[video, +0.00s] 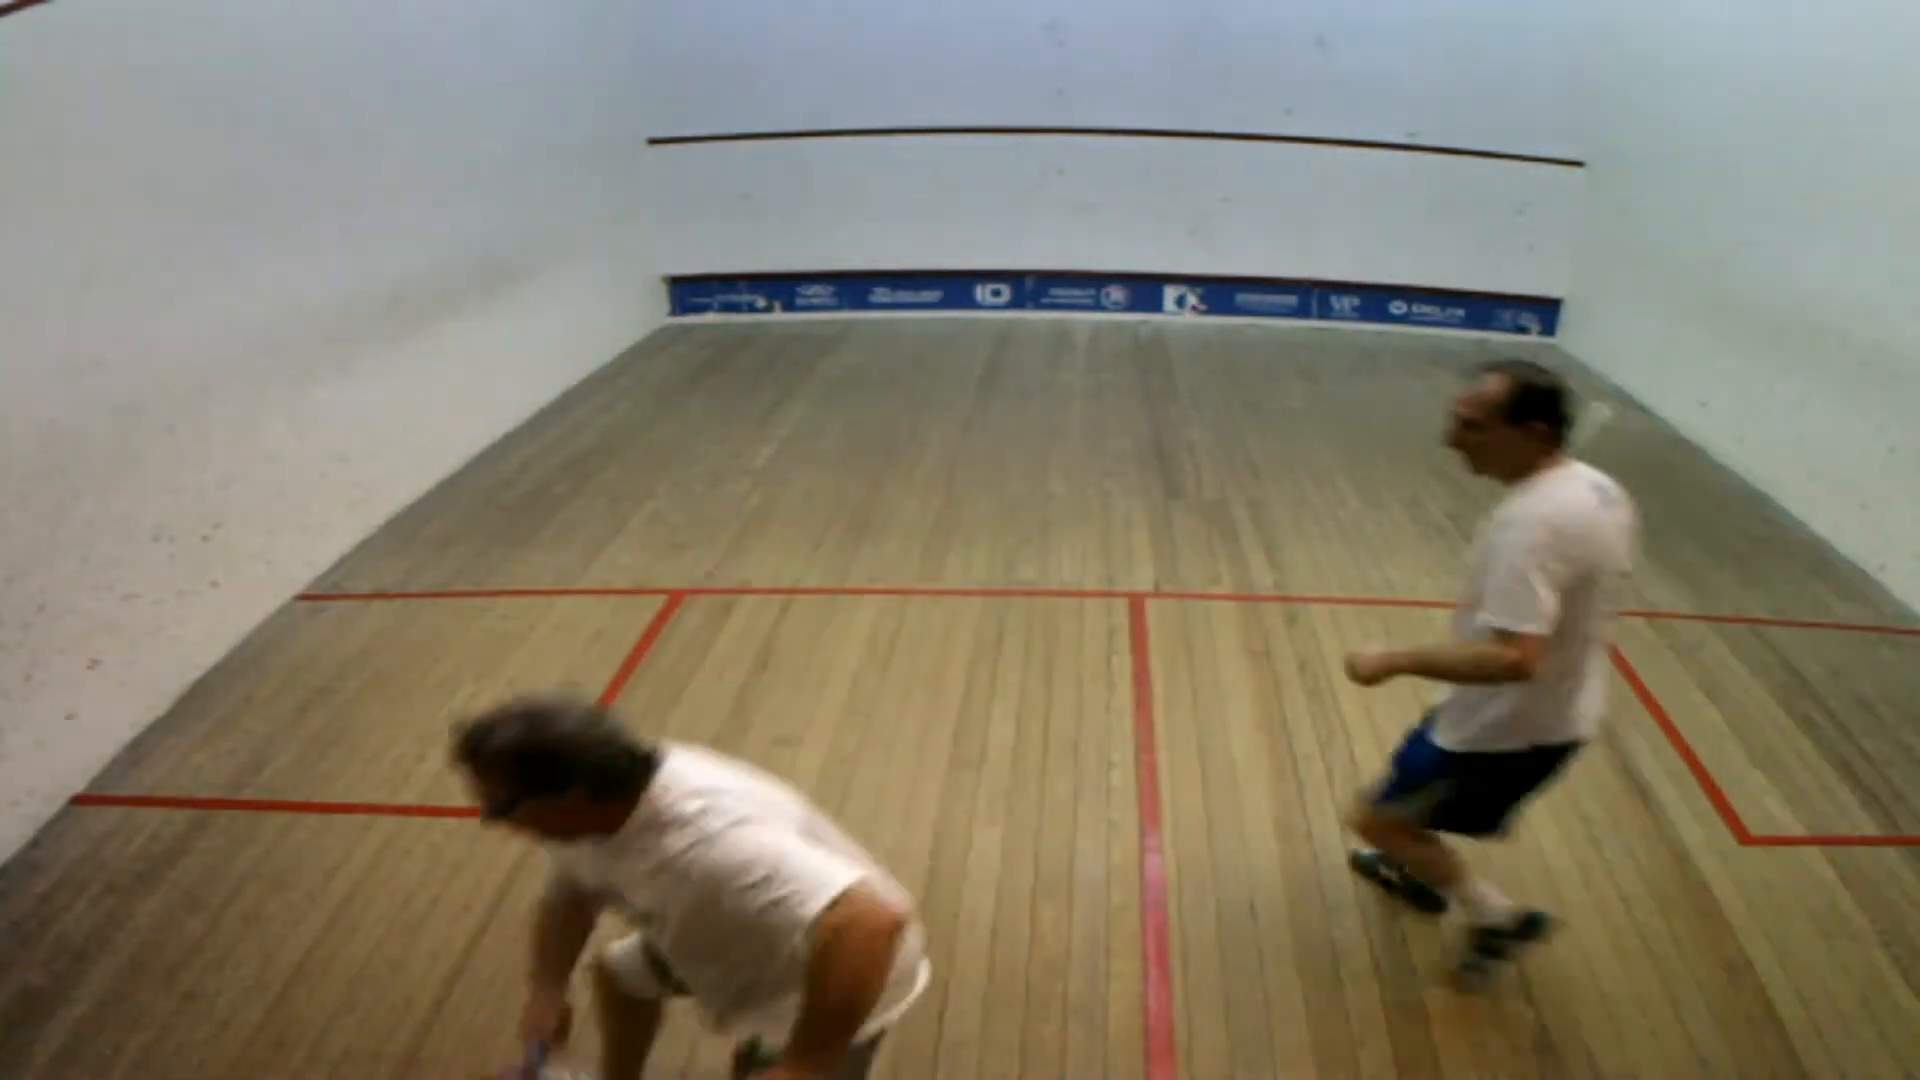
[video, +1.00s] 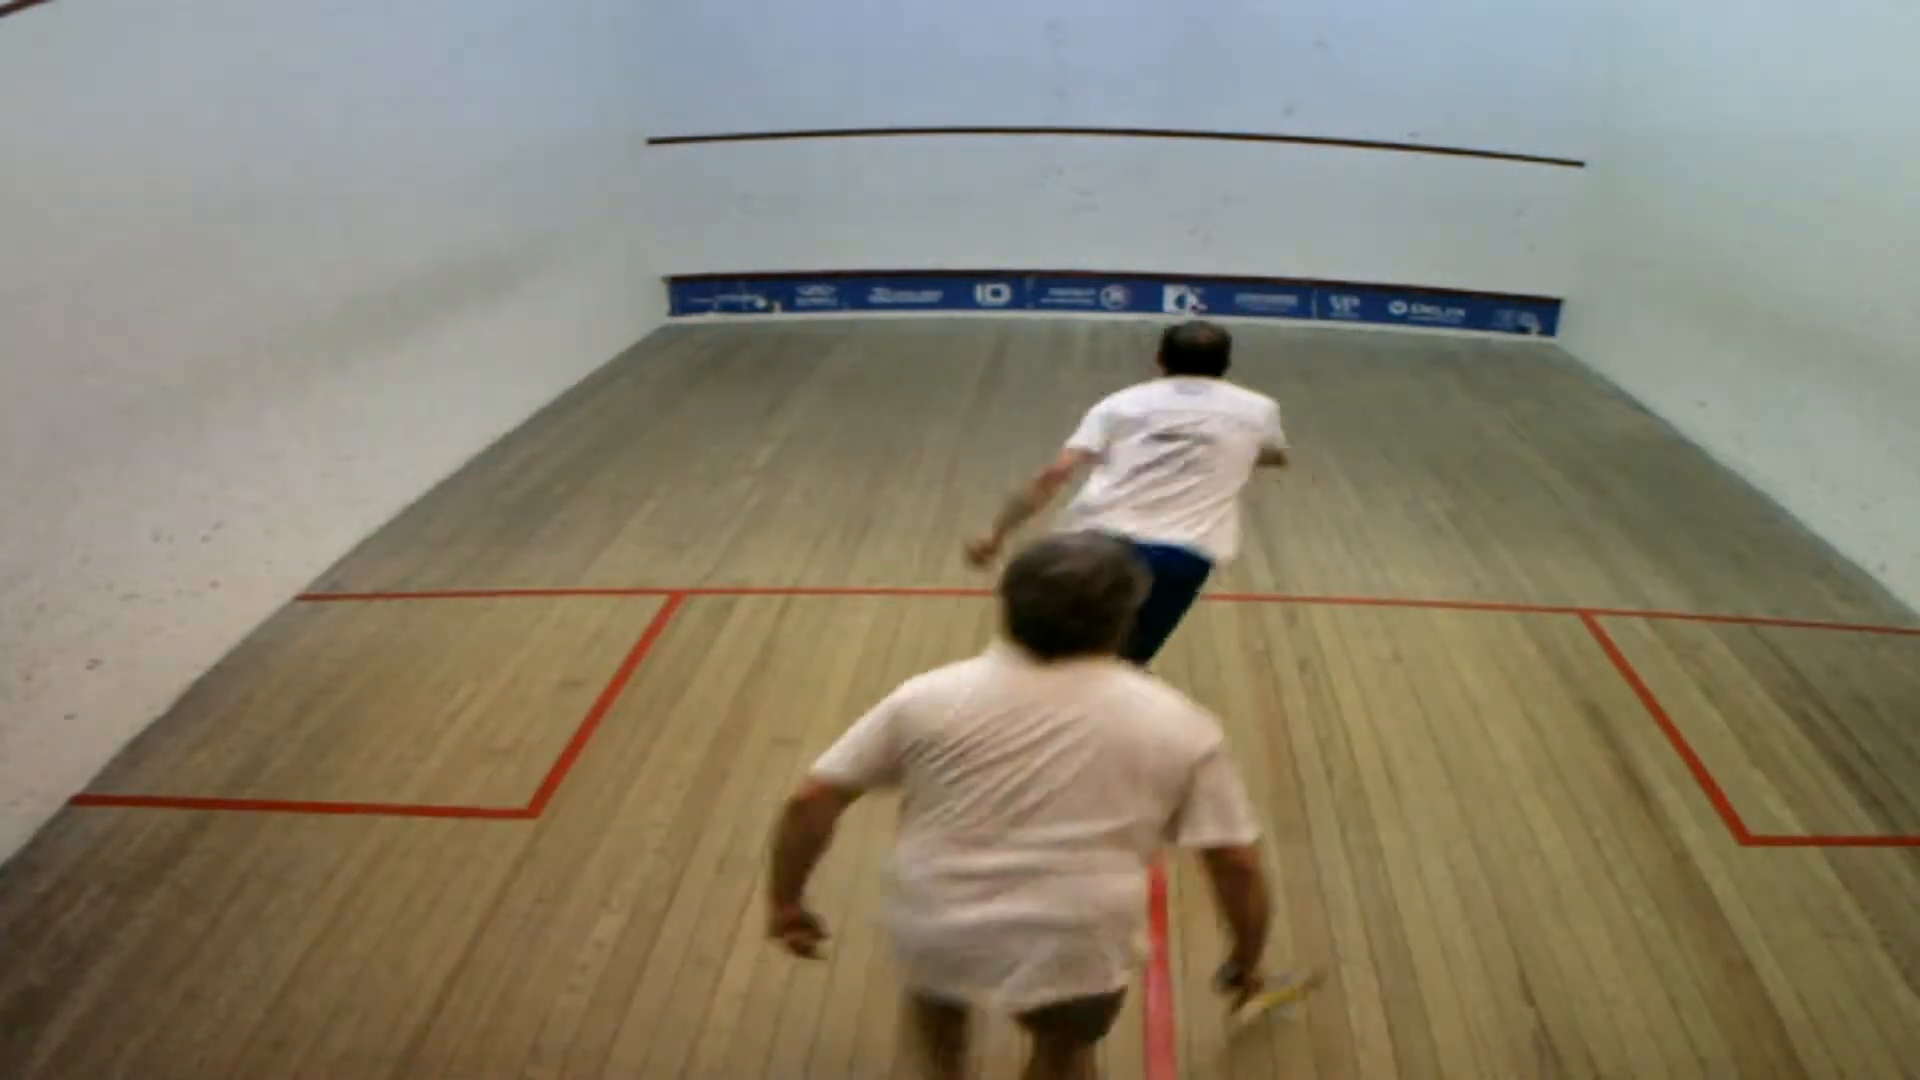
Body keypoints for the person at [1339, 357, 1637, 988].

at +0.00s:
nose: (1454, 437)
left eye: (1472, 425)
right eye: (1458, 421)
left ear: (1530, 435)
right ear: (1538, 433)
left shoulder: (1531, 526)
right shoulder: (1598, 491)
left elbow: (1516, 656)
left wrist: (1399, 662)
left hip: (1502, 725)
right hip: (1559, 712)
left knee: (1378, 819)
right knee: (1436, 774)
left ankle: (1496, 916)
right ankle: (1420, 874)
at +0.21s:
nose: (1286, 404)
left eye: (1301, 389)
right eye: (1289, 386)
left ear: (1360, 393)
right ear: (1370, 393)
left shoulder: (1364, 485)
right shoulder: (1442, 447)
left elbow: (1378, 616)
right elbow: (1443, 570)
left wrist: (1282, 637)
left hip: (1376, 688)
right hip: (1441, 671)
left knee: (1242, 776)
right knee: (1370, 750)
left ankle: (1210, 898)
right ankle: (1419, 872)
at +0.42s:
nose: (1194, 369)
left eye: (1198, 359)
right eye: (1194, 358)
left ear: (1218, 368)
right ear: (1282, 357)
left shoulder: (1212, 450)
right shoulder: (1351, 430)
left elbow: (1185, 584)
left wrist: (1151, 625)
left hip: (1233, 661)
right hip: (1322, 647)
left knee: (1145, 758)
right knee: (1294, 730)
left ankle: (1177, 886)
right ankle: (1334, 834)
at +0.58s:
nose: (1133, 366)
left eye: (1136, 357)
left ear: (1143, 364)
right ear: (1223, 363)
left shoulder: (1109, 442)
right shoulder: (1278, 437)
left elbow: (1065, 559)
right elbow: (1339, 512)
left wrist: (1087, 595)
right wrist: (1308, 460)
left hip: (1149, 651)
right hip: (1253, 637)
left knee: (1061, 757)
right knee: (1227, 690)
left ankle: (1048, 900)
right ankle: (1240, 785)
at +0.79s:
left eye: (1128, 373)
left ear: (1128, 380)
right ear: (1198, 388)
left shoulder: (1085, 434)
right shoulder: (1236, 452)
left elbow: (1011, 513)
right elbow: (1299, 531)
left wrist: (971, 574)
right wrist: (1254, 516)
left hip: (1069, 614)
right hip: (1166, 620)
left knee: (1025, 734)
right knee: (1156, 681)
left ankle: (1008, 861)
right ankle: (1132, 764)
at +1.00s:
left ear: (1162, 361)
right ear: (1223, 367)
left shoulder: (1123, 403)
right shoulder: (1256, 411)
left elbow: (1056, 473)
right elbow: (1276, 458)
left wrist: (996, 535)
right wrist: (1229, 448)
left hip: (1101, 545)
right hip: (1185, 561)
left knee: (1069, 655)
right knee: (1128, 668)